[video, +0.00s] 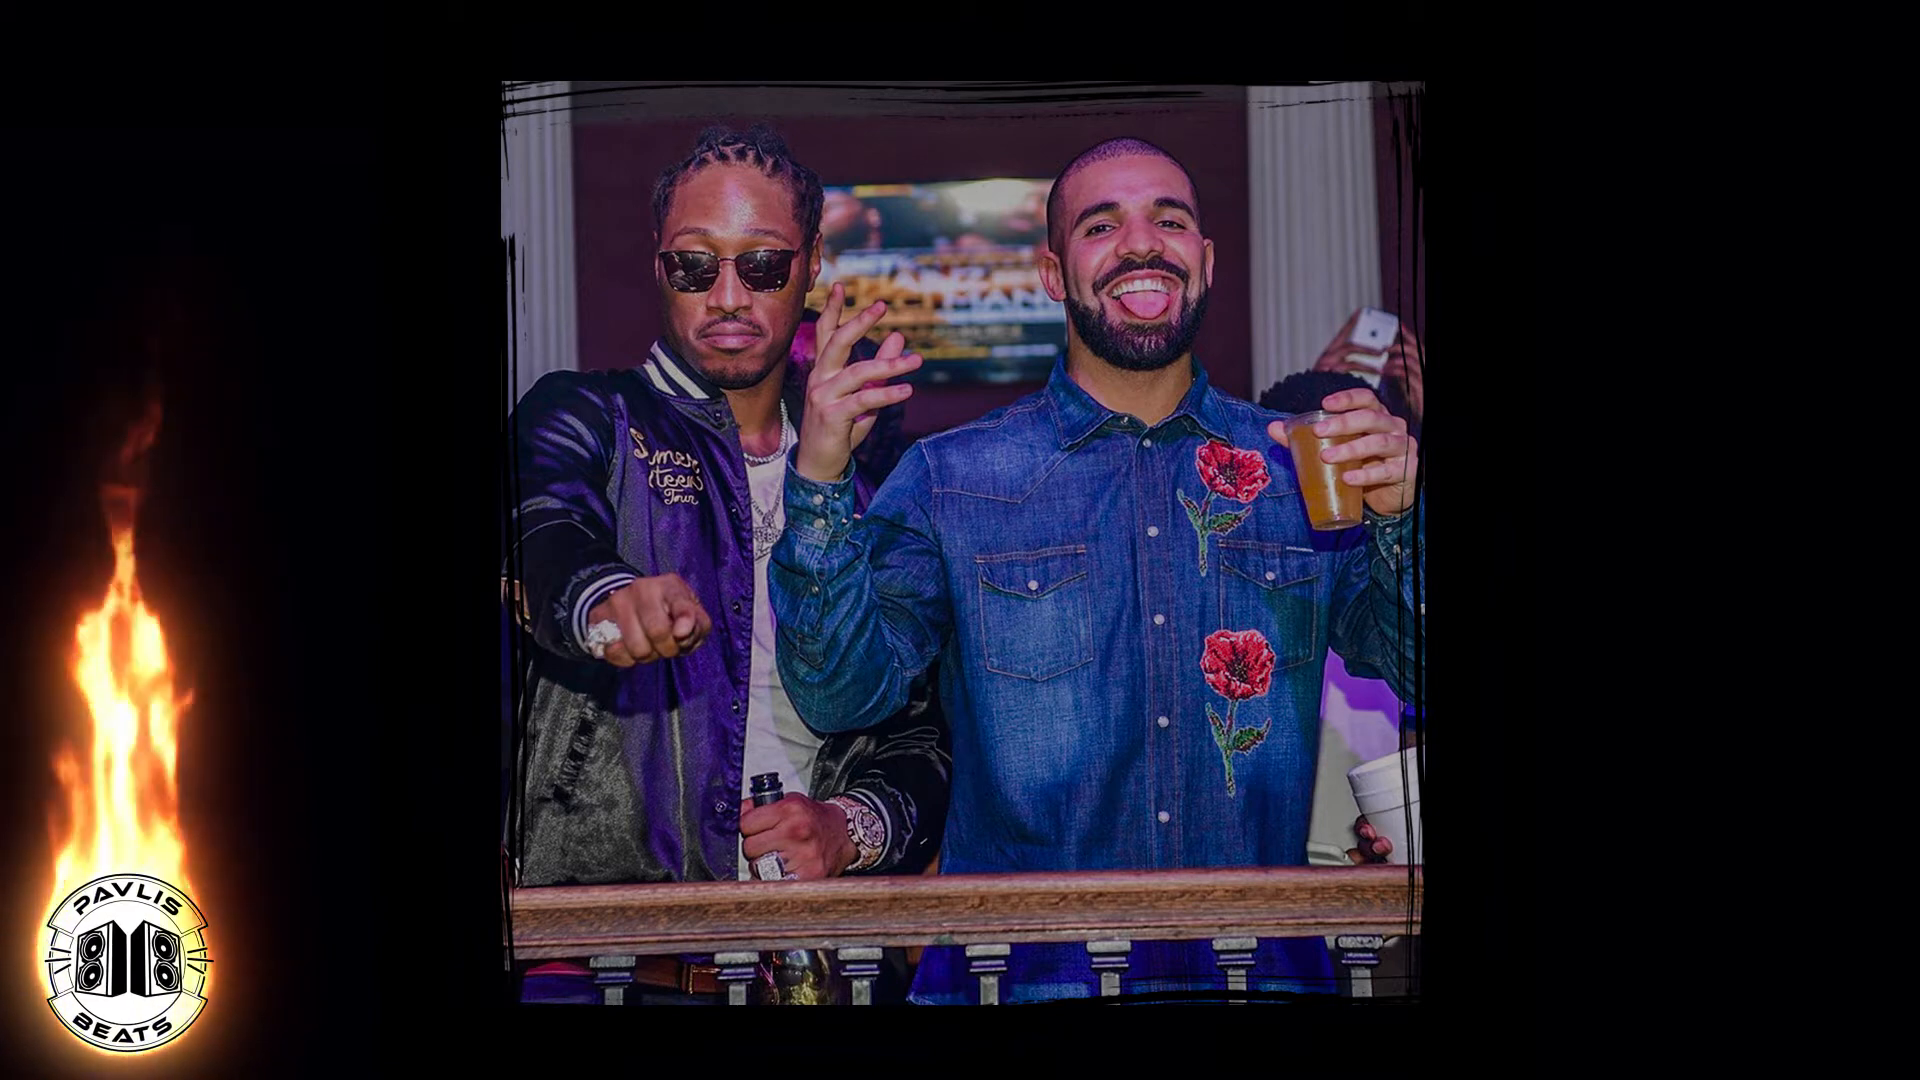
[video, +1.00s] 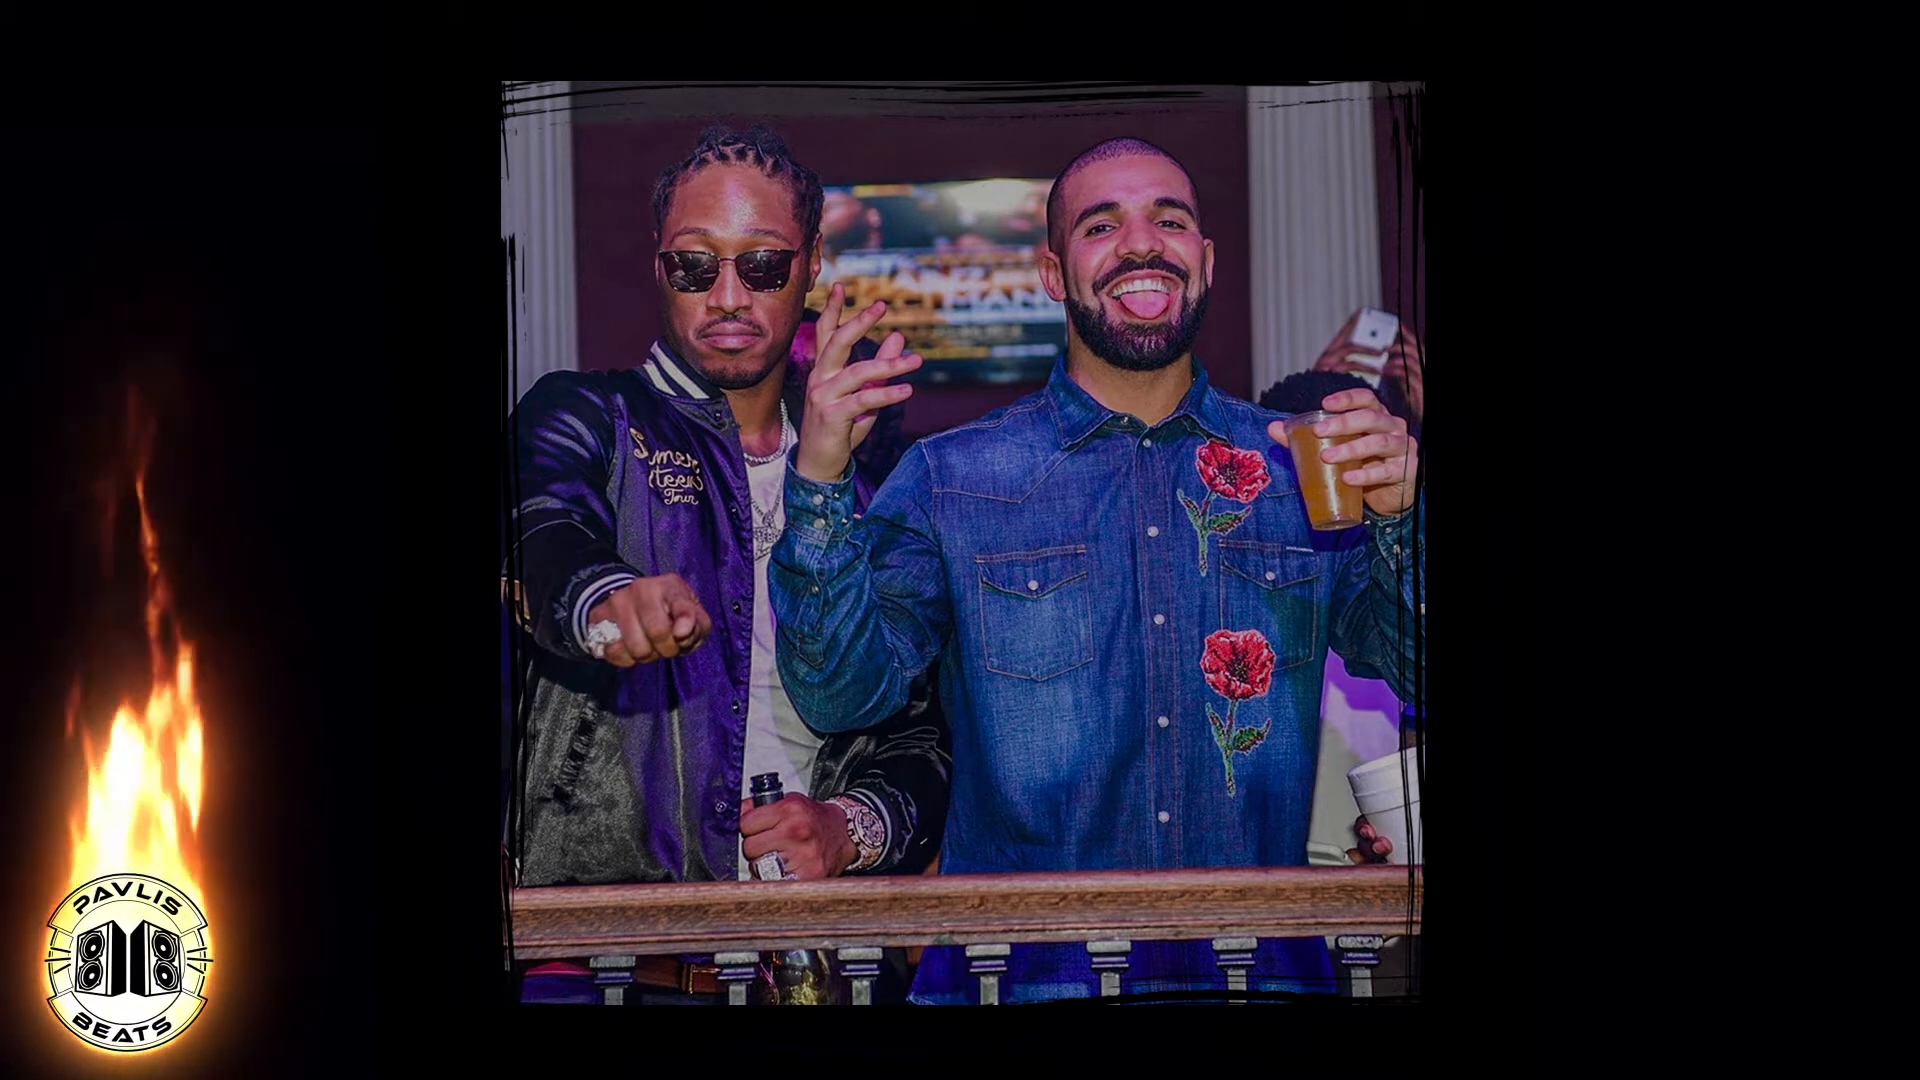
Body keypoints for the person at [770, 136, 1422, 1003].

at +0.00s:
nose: (1142, 242)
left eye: (1170, 219)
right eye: (1102, 225)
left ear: (1207, 259)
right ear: (1055, 273)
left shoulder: (1304, 469)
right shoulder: (945, 478)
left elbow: (1413, 673)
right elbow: (840, 692)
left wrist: (1402, 516)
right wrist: (818, 475)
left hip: (1255, 955)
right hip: (1022, 963)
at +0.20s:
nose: (1142, 242)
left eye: (1170, 219)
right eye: (1102, 225)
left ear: (1207, 259)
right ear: (1055, 273)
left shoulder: (1304, 469)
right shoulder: (945, 478)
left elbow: (1413, 673)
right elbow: (840, 692)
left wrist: (1402, 516)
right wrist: (818, 475)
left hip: (1255, 955)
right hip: (1022, 963)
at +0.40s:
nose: (1142, 242)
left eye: (1170, 219)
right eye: (1102, 225)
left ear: (1207, 259)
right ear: (1055, 273)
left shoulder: (1304, 469)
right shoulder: (945, 478)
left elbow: (1413, 673)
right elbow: (840, 692)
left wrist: (1402, 516)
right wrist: (818, 475)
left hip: (1255, 955)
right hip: (1022, 963)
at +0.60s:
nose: (1142, 242)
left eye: (1170, 219)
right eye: (1102, 225)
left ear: (1207, 259)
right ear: (1055, 273)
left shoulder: (1304, 469)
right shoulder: (945, 478)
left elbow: (1413, 673)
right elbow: (840, 692)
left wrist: (1402, 516)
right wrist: (818, 475)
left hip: (1255, 955)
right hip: (1022, 963)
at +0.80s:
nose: (1142, 242)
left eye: (1170, 219)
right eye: (1102, 225)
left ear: (1207, 259)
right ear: (1055, 273)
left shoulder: (1304, 469)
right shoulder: (945, 478)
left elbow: (1413, 673)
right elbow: (840, 692)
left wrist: (1402, 516)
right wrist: (818, 475)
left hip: (1255, 955)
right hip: (1022, 963)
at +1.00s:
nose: (1142, 242)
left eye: (1170, 219)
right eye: (1102, 225)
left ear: (1207, 259)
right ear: (1055, 273)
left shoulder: (1304, 469)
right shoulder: (945, 478)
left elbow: (1413, 673)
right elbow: (840, 692)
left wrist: (1402, 516)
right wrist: (818, 475)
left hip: (1255, 955)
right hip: (1022, 963)